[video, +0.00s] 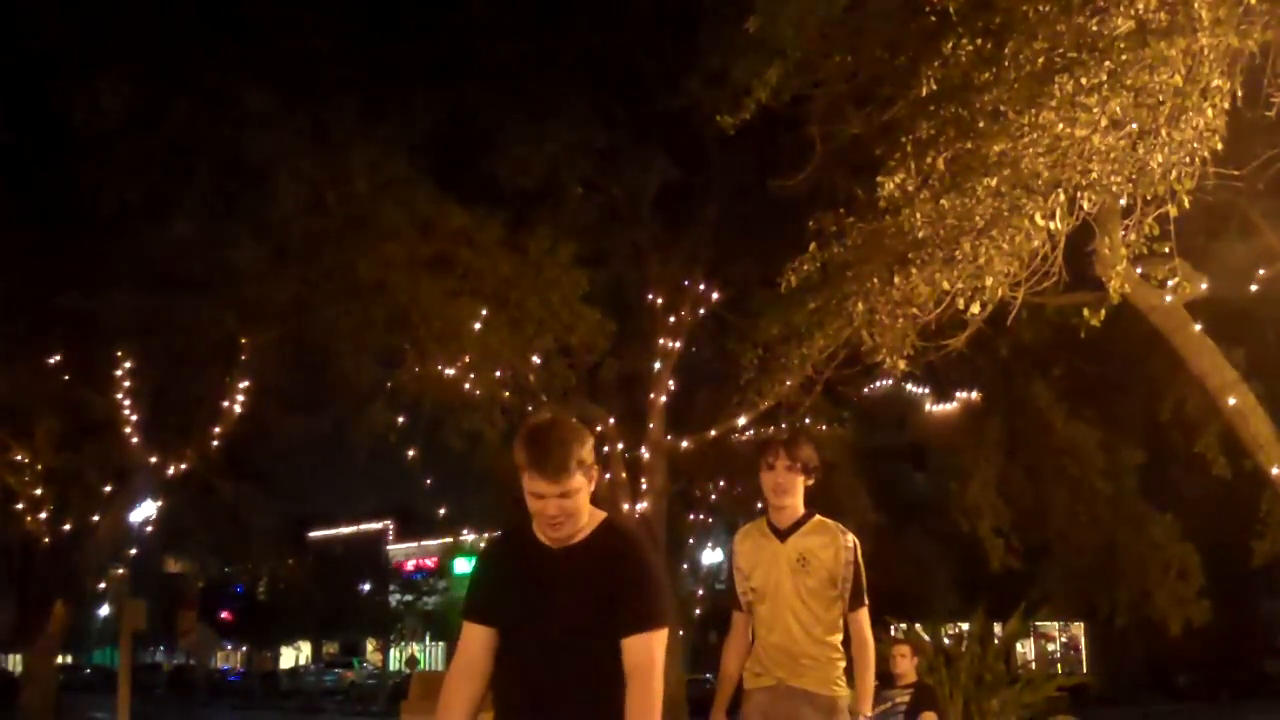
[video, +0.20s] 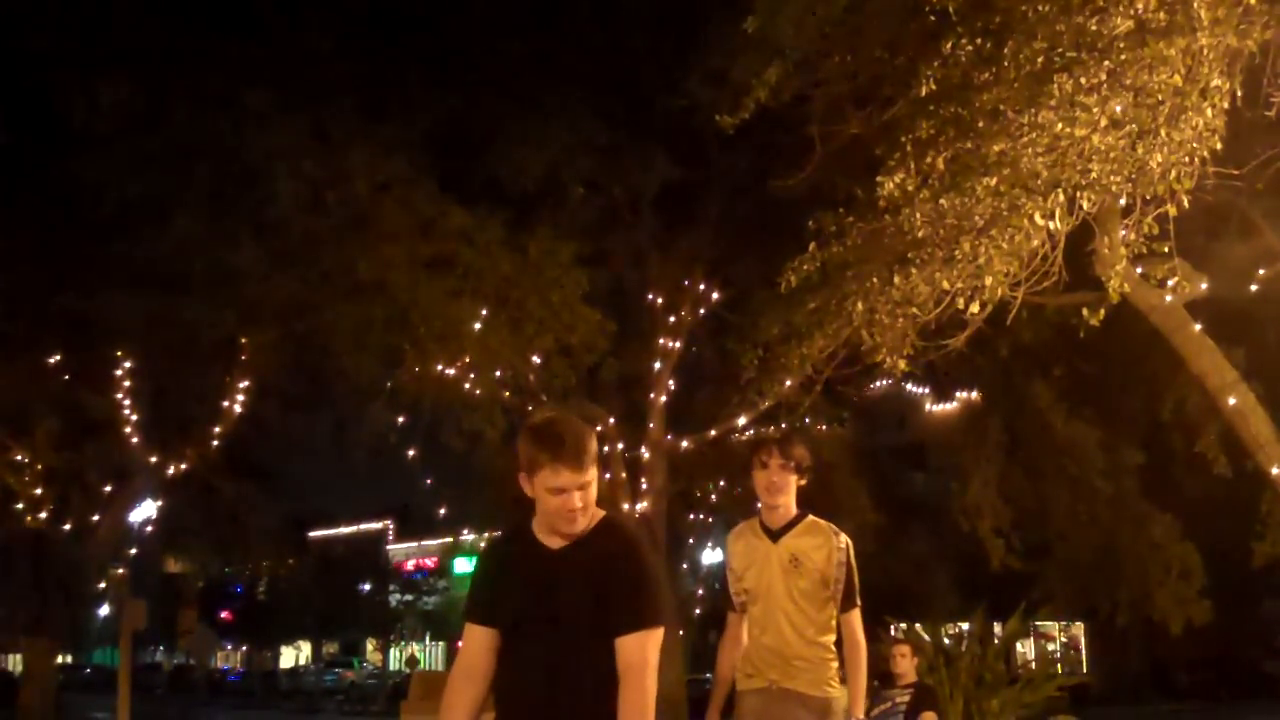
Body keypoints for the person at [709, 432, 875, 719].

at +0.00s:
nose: (779, 478)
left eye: (790, 468)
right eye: (770, 468)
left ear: (807, 476)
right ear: (759, 476)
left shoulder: (839, 541)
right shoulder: (745, 540)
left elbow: (860, 633)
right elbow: (740, 630)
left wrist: (863, 711)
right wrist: (718, 710)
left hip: (824, 696)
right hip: (760, 695)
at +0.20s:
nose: (773, 476)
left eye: (784, 467)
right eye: (763, 466)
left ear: (800, 476)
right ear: (752, 476)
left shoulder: (833, 542)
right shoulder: (738, 540)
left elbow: (852, 635)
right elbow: (735, 629)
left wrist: (857, 712)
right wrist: (714, 709)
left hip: (817, 696)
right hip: (754, 695)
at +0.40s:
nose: (751, 476)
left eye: (763, 466)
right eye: (742, 465)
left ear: (783, 475)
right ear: (732, 475)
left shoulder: (817, 540)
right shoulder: (722, 540)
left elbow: (840, 632)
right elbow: (720, 634)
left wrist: (847, 710)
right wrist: (702, 711)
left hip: (802, 698)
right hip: (740, 697)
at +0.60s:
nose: (732, 476)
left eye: (743, 466)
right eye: (723, 467)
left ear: (762, 474)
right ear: (712, 476)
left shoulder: (798, 537)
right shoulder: (702, 540)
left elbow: (831, 624)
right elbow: (699, 632)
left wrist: (839, 704)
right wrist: (684, 706)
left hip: (787, 695)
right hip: (726, 695)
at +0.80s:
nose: (716, 466)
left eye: (728, 455)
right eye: (707, 455)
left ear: (748, 462)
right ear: (697, 464)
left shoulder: (786, 525)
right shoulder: (683, 529)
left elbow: (821, 603)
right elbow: (684, 618)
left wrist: (831, 689)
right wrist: (675, 695)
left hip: (780, 687)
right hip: (717, 688)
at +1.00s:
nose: (703, 505)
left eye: (716, 495)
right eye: (694, 494)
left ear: (738, 505)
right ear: (684, 503)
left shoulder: (778, 573)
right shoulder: (670, 574)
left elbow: (814, 660)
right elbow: (673, 650)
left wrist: (828, 715)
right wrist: (677, 710)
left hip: (773, 710)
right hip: (708, 710)